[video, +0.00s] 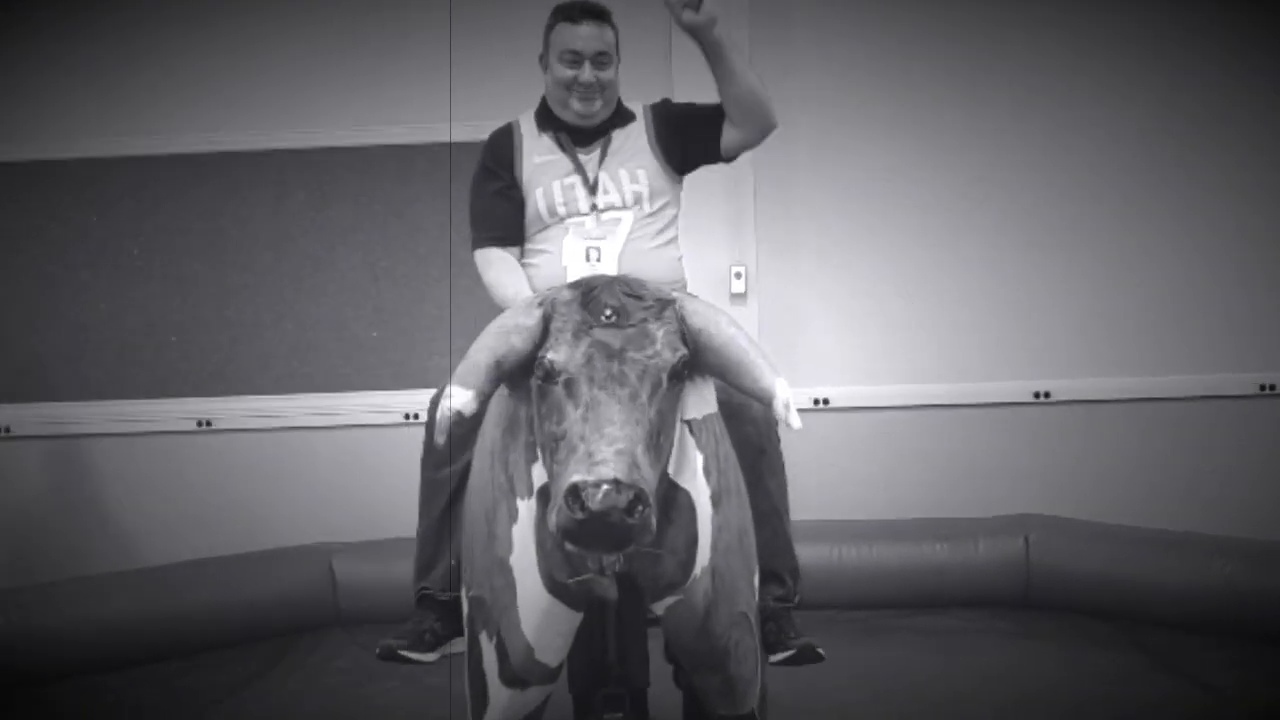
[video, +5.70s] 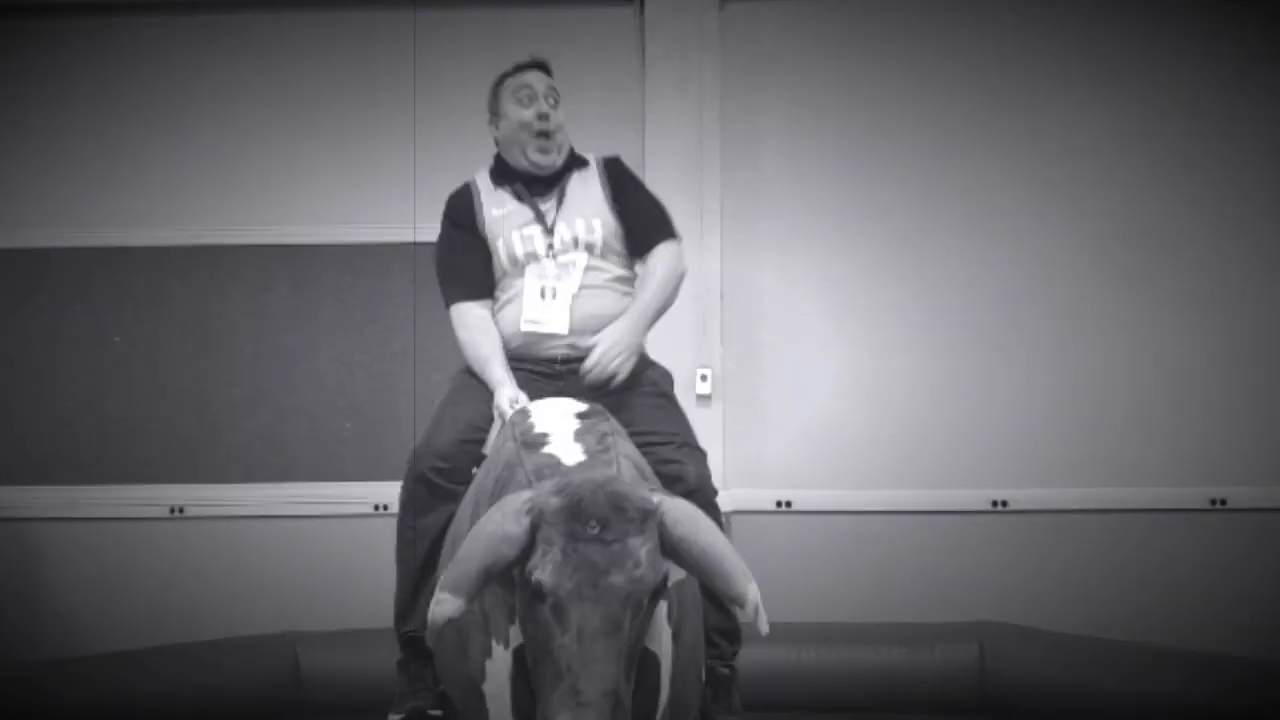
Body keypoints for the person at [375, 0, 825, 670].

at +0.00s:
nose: (585, 75)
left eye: (600, 60)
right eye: (569, 60)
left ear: (619, 65)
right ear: (543, 65)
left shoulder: (660, 129)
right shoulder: (511, 146)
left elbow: (754, 124)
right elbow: (493, 251)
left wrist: (709, 36)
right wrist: (537, 323)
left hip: (661, 311)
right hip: (550, 318)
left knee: (755, 407)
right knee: (451, 415)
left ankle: (774, 608)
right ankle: (440, 608)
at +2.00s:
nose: (553, 55)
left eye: (567, 38)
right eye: (535, 39)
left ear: (586, 39)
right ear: (502, 42)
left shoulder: (626, 92)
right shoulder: (479, 140)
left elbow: (707, 38)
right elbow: (490, 268)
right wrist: (521, 356)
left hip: (643, 325)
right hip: (530, 327)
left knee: (730, 465)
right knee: (434, 446)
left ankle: (734, 654)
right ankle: (421, 640)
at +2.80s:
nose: (512, 21)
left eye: (519, 11)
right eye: (488, 18)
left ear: (540, 31)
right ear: (461, 58)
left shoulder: (604, 96)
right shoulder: (465, 152)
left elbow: (688, 152)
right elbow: (486, 285)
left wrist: (793, 131)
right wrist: (522, 395)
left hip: (655, 343)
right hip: (528, 354)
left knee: (735, 510)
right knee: (433, 491)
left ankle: (733, 684)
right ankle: (428, 687)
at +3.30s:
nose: (503, 41)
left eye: (514, 23)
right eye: (479, 32)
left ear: (540, 39)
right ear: (453, 68)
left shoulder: (619, 111)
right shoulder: (458, 182)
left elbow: (702, 192)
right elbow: (478, 331)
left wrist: (791, 251)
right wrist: (518, 450)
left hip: (660, 394)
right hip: (525, 401)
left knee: (737, 572)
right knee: (421, 541)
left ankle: (751, 709)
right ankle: (412, 707)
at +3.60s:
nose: (495, 74)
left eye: (507, 52)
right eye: (469, 64)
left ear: (538, 66)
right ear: (448, 98)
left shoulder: (619, 127)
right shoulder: (448, 208)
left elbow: (707, 220)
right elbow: (473, 357)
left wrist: (726, 328)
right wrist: (514, 476)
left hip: (658, 419)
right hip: (518, 429)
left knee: (736, 599)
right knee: (413, 572)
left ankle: (749, 718)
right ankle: (409, 715)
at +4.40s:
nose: (539, 154)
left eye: (550, 135)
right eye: (517, 141)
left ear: (569, 144)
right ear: (489, 160)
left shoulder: (628, 207)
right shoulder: (467, 246)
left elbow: (701, 305)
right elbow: (465, 375)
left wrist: (649, 405)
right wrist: (515, 460)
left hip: (645, 432)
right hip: (521, 441)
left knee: (731, 576)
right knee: (420, 554)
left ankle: (754, 710)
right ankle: (412, 708)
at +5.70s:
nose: (545, 112)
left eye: (552, 100)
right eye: (525, 103)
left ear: (566, 116)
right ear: (496, 129)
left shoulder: (609, 178)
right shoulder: (472, 202)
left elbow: (666, 257)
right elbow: (468, 308)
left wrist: (630, 331)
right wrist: (502, 384)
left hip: (615, 363)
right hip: (508, 372)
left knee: (688, 480)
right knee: (432, 469)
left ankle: (716, 665)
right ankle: (420, 664)